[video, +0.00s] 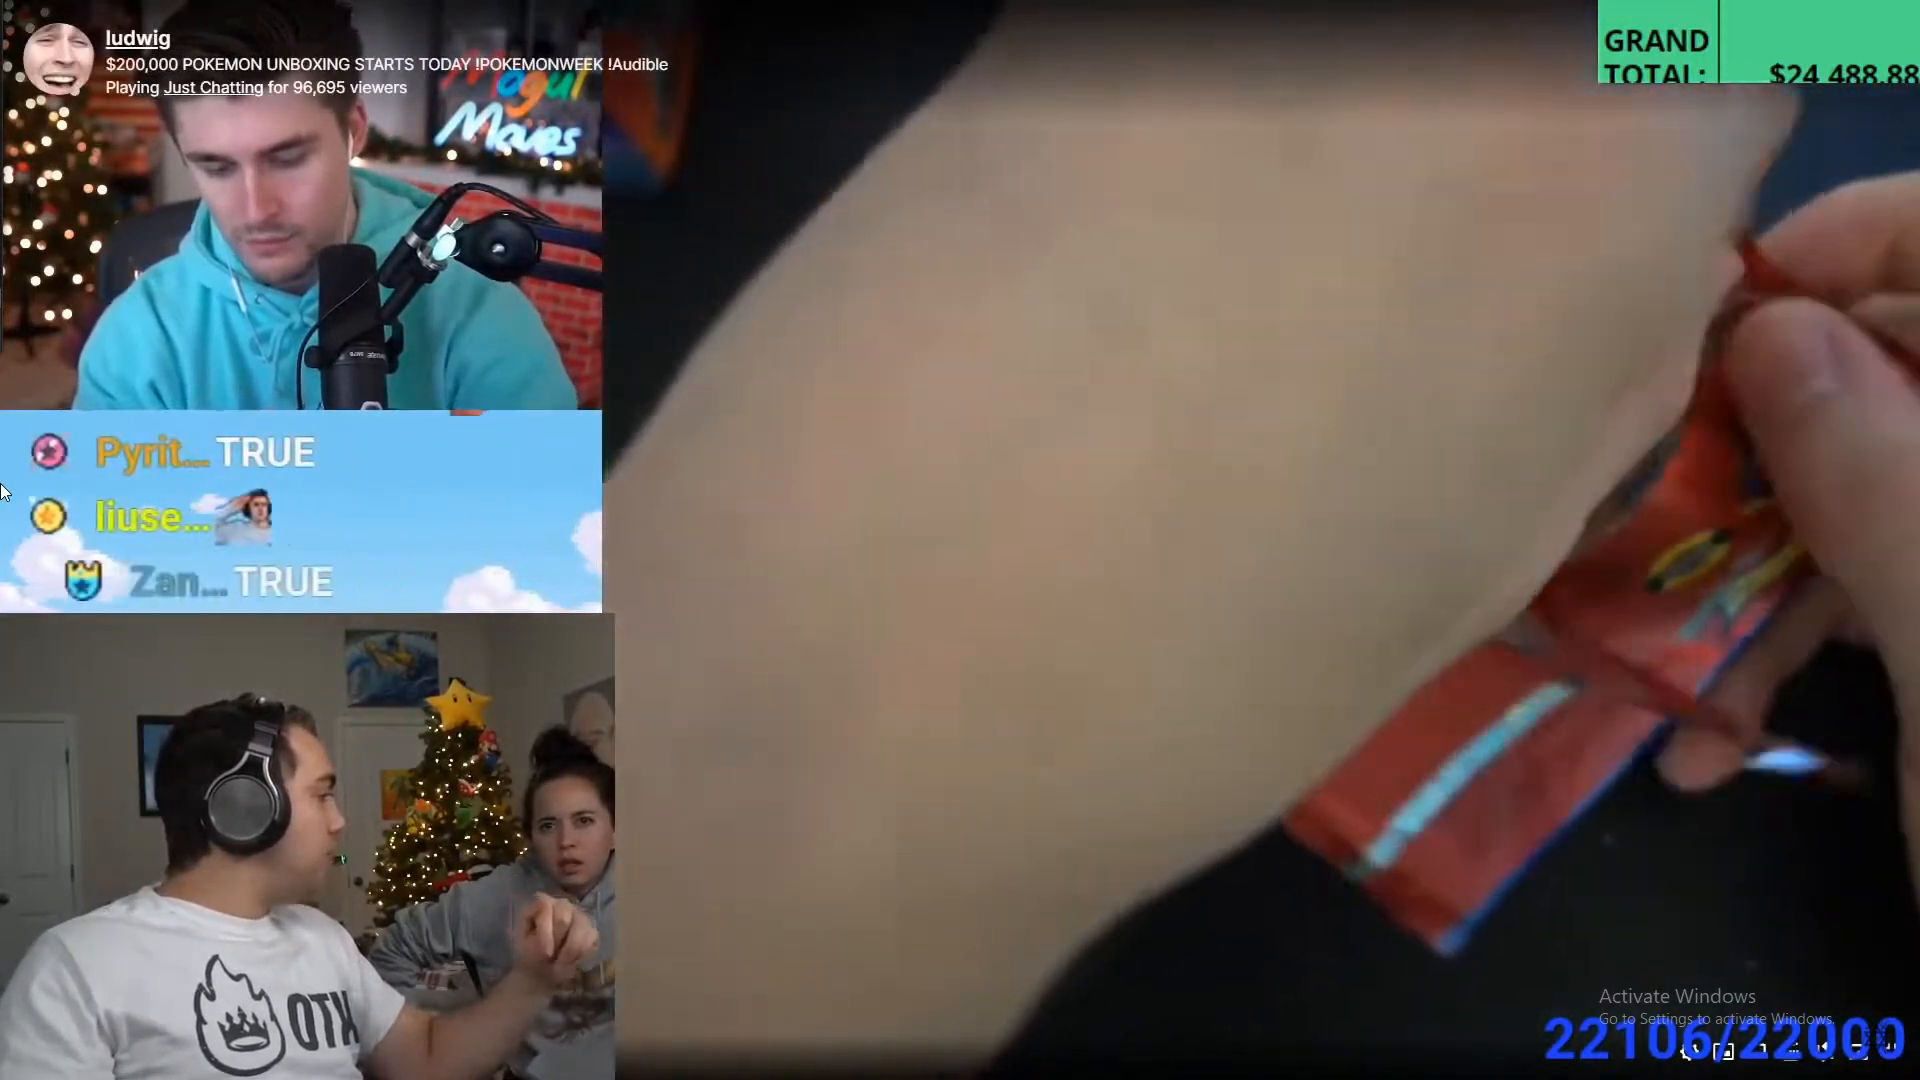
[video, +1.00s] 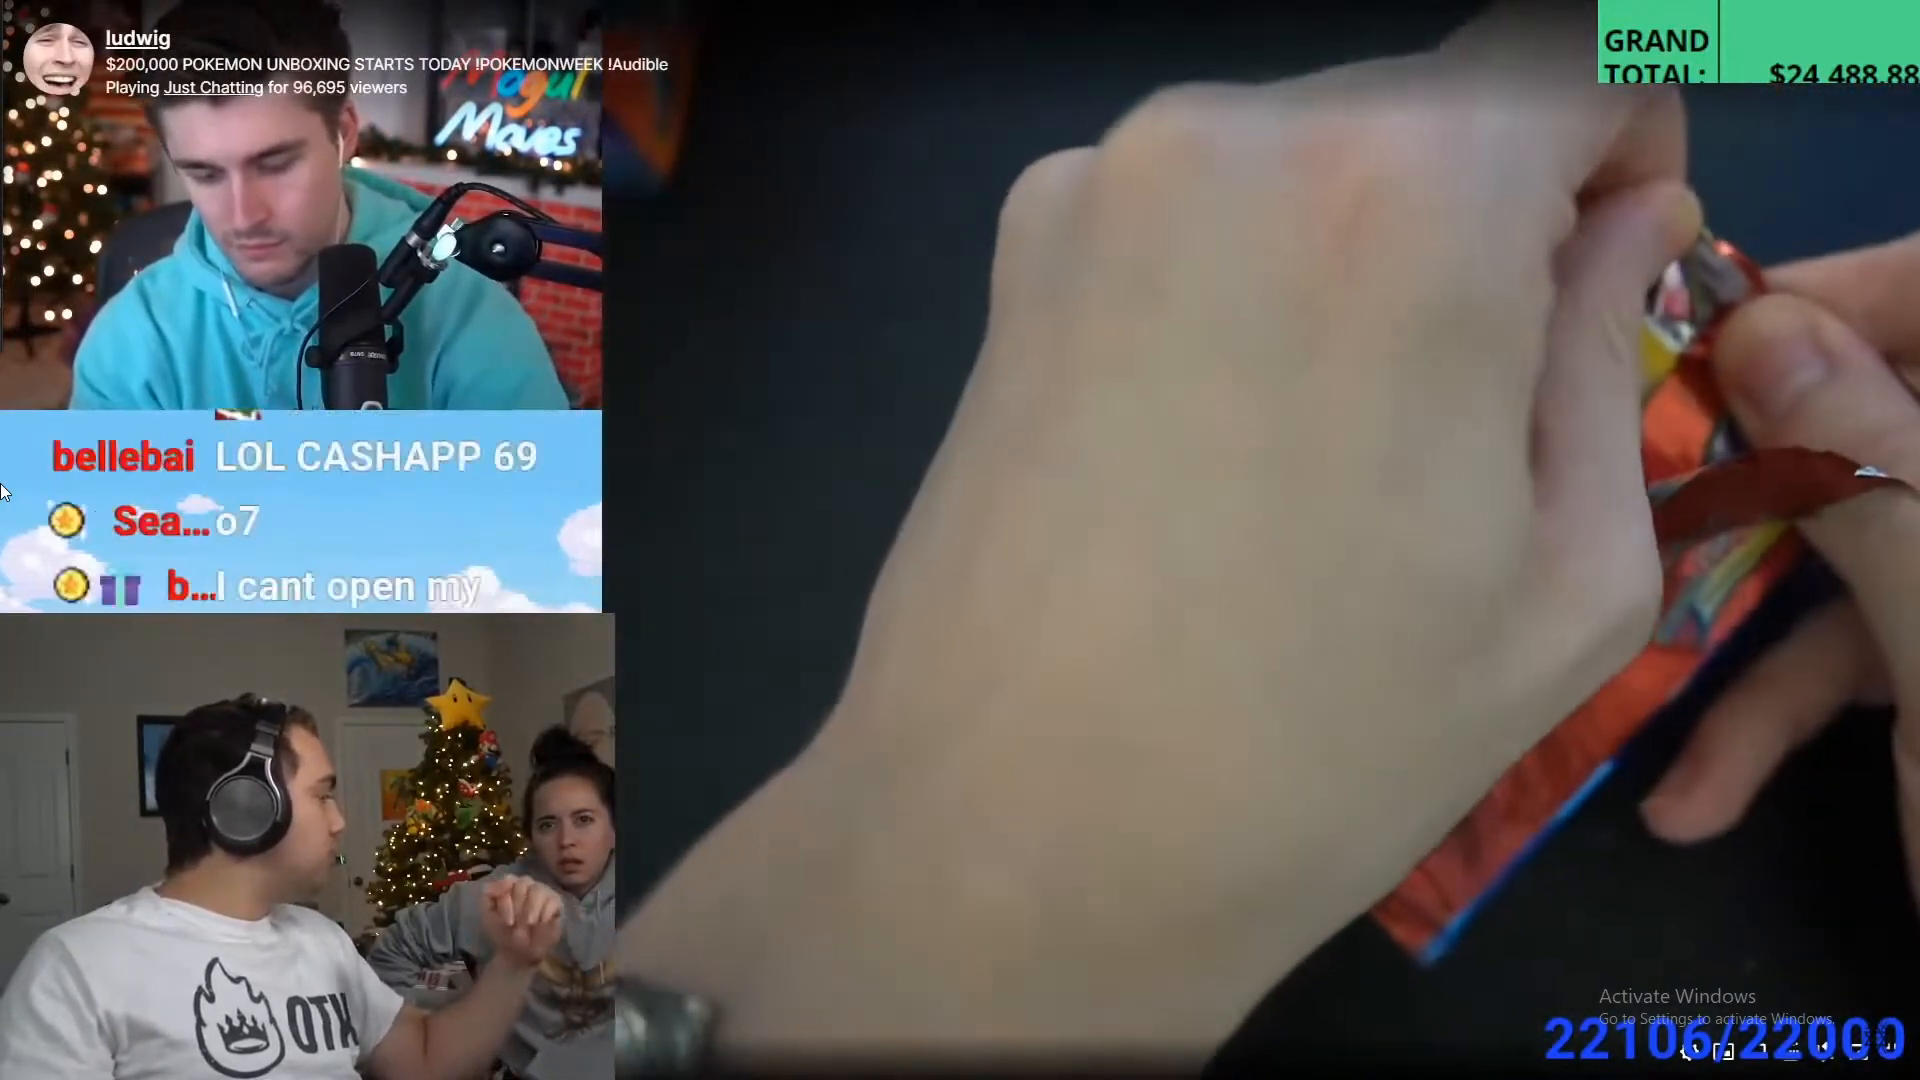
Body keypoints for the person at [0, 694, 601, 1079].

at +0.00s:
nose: (341, 820)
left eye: (333, 794)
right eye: (323, 793)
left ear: (251, 803)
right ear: (239, 804)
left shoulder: (320, 941)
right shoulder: (76, 967)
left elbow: (429, 1054)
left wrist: (533, 978)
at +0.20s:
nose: (342, 819)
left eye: (332, 793)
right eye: (321, 793)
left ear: (254, 804)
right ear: (243, 805)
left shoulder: (324, 943)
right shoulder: (77, 966)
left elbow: (428, 1061)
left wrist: (505, 959)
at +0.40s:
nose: (342, 821)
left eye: (333, 794)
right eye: (322, 794)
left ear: (250, 807)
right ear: (241, 807)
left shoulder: (322, 943)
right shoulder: (76, 966)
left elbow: (432, 1061)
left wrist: (492, 954)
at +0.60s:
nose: (341, 819)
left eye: (333, 794)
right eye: (323, 794)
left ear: (260, 802)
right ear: (244, 804)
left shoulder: (323, 943)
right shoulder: (76, 968)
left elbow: (428, 1056)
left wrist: (525, 967)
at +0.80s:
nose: (341, 818)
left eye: (334, 794)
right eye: (324, 793)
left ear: (260, 802)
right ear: (245, 804)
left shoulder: (324, 944)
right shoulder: (78, 967)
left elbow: (428, 1056)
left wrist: (522, 967)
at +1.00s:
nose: (343, 818)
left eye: (334, 794)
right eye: (323, 795)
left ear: (259, 804)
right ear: (245, 806)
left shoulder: (322, 944)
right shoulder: (77, 967)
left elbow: (424, 1057)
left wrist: (513, 962)